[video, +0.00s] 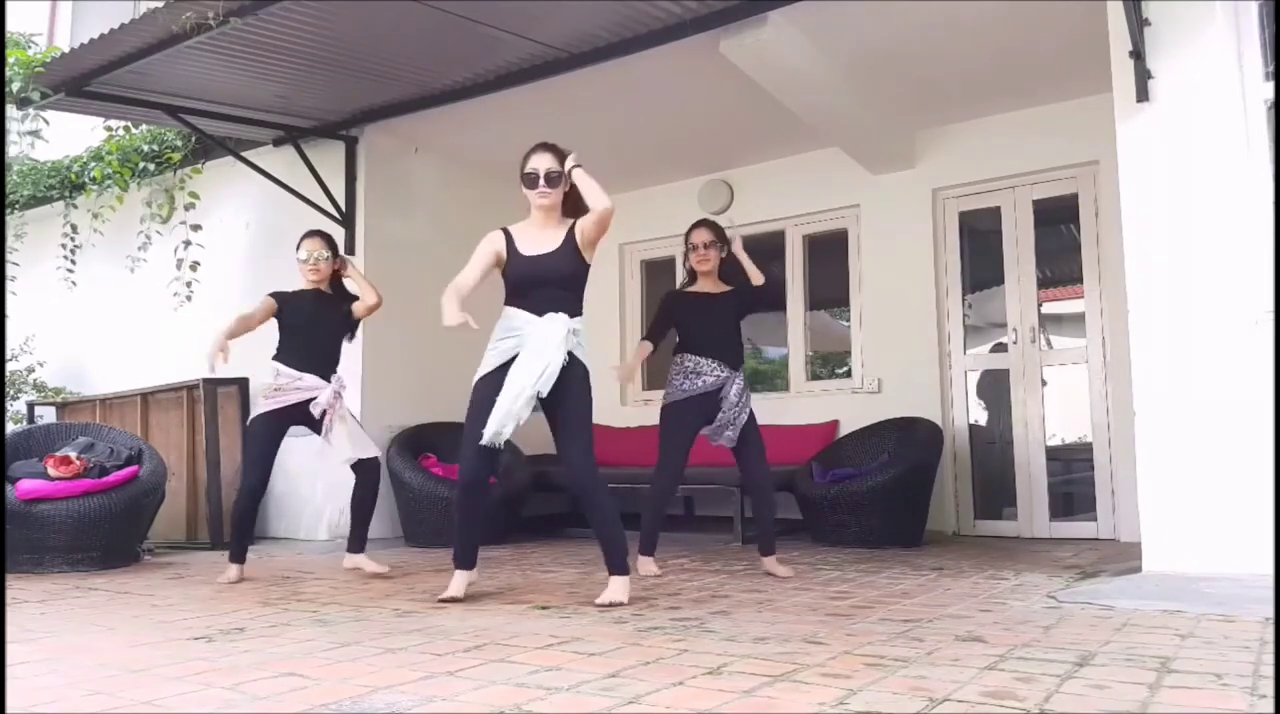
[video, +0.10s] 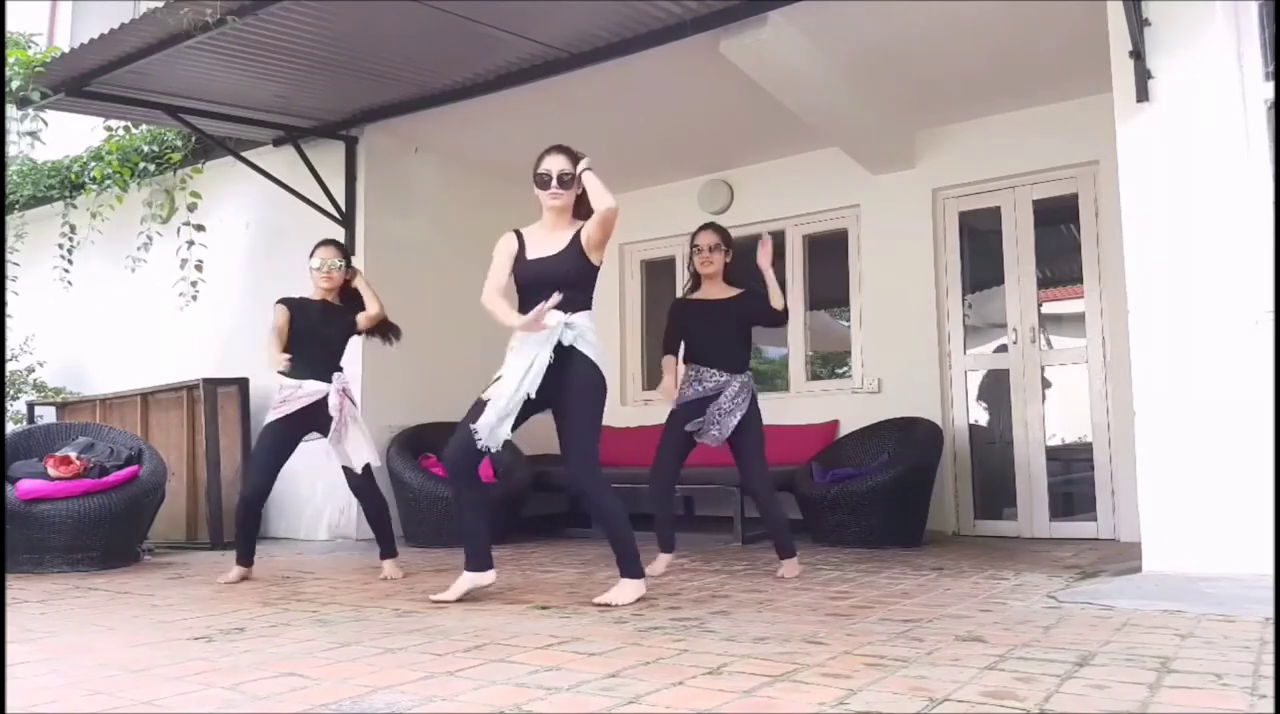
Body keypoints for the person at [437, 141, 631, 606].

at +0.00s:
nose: (543, 184)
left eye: (551, 177)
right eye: (533, 178)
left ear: (566, 183)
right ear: (522, 184)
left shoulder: (579, 235)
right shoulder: (502, 239)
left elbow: (602, 208)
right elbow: (461, 284)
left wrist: (574, 169)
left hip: (562, 356)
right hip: (508, 354)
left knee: (580, 469)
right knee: (473, 463)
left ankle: (619, 573)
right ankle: (464, 569)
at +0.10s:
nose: (555, 185)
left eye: (564, 179)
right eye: (546, 178)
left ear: (577, 186)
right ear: (535, 185)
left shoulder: (587, 237)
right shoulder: (514, 241)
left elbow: (606, 210)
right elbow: (491, 294)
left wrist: (585, 170)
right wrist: (519, 321)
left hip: (576, 362)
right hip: (526, 363)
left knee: (582, 470)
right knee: (458, 454)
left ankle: (633, 577)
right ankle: (479, 567)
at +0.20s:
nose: (562, 188)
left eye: (572, 183)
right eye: (554, 182)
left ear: (586, 192)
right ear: (542, 189)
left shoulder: (591, 242)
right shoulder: (521, 241)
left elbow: (620, 206)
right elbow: (504, 285)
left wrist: (596, 176)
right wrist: (558, 276)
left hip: (582, 362)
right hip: (537, 366)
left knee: (582, 468)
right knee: (469, 453)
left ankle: (637, 577)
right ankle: (476, 573)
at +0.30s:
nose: (563, 194)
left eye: (573, 187)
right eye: (555, 186)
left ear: (588, 194)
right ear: (543, 193)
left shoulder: (592, 241)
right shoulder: (530, 243)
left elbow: (630, 201)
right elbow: (499, 262)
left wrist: (601, 176)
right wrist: (550, 224)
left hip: (580, 362)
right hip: (536, 368)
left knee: (577, 471)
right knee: (480, 456)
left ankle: (636, 576)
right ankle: (476, 572)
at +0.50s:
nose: (548, 187)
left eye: (557, 180)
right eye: (539, 180)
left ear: (571, 188)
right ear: (527, 187)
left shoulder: (581, 233)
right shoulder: (511, 243)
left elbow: (592, 198)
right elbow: (496, 287)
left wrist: (586, 174)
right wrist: (519, 289)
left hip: (568, 364)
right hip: (525, 366)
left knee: (568, 470)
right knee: (460, 454)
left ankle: (632, 571)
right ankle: (479, 571)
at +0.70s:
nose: (532, 192)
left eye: (542, 186)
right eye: (523, 185)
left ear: (555, 196)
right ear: (510, 194)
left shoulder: (567, 244)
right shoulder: (491, 255)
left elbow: (574, 244)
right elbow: (462, 309)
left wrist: (578, 195)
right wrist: (401, 279)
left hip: (546, 370)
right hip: (492, 366)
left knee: (583, 466)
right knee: (478, 475)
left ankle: (592, 577)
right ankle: (465, 575)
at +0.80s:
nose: (528, 174)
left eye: (539, 168)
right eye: (520, 168)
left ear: (553, 179)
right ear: (507, 177)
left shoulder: (569, 229)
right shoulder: (484, 235)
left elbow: (616, 258)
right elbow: (437, 287)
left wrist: (612, 202)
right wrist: (397, 266)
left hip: (549, 355)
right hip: (492, 354)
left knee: (585, 456)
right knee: (471, 468)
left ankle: (600, 569)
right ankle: (464, 572)